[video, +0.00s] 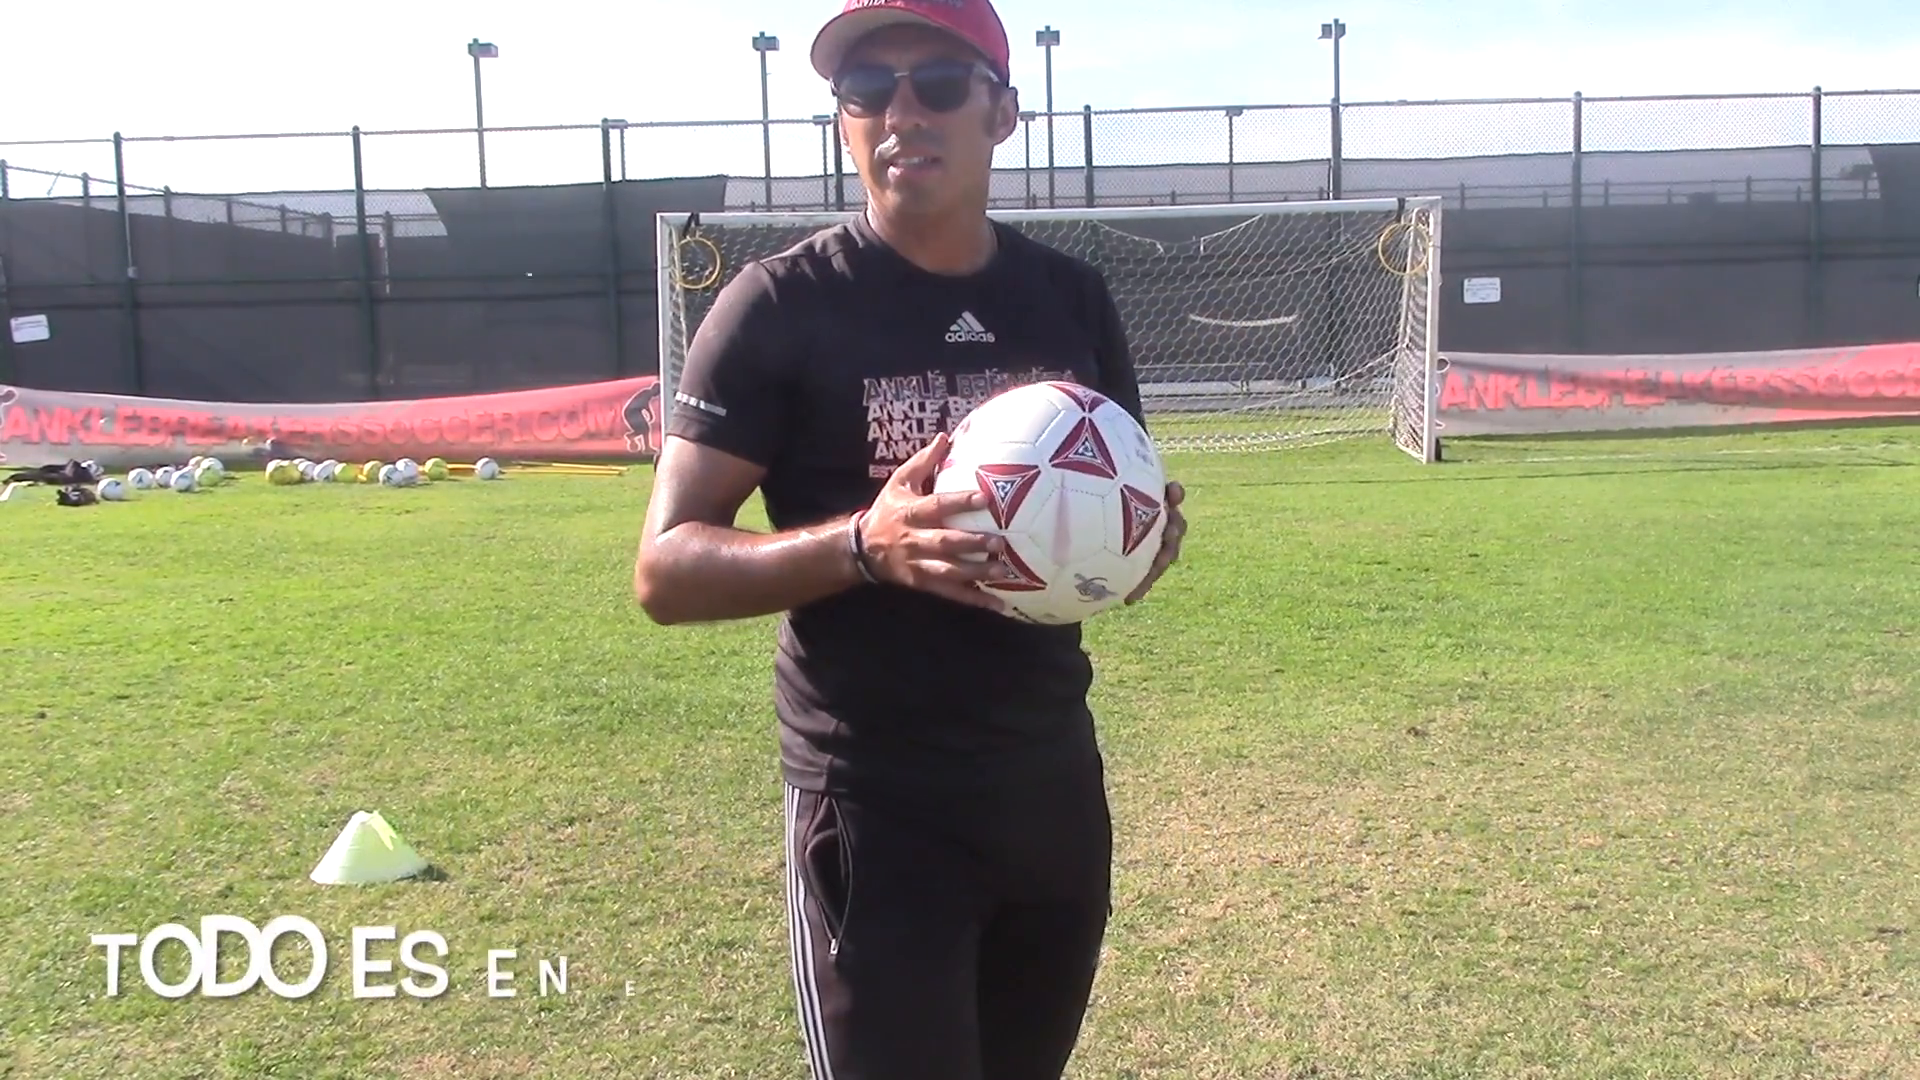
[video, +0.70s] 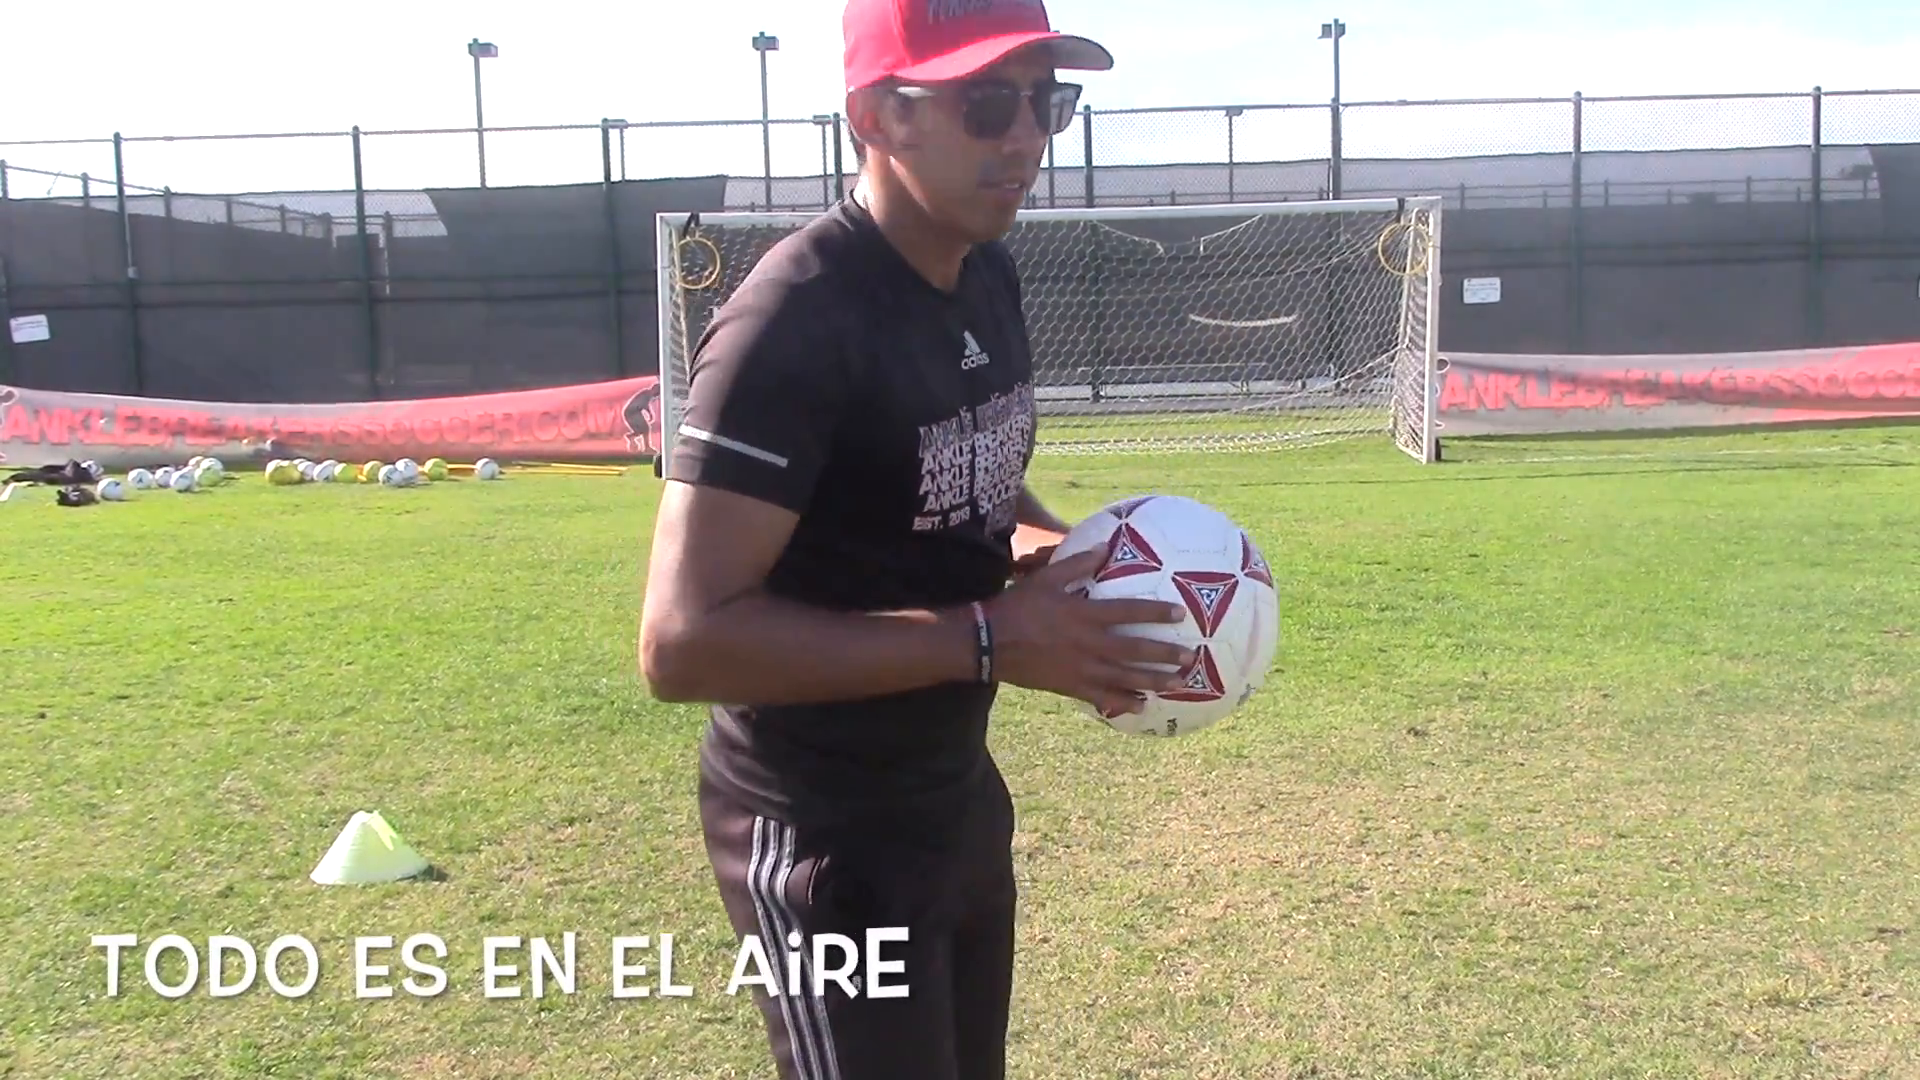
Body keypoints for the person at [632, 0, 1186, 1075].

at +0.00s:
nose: (904, 116)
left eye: (940, 86)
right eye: (871, 92)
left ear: (1001, 117)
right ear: (841, 124)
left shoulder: (1070, 295)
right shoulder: (771, 309)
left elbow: (1120, 501)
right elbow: (667, 572)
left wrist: (1146, 525)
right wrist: (858, 547)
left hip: (1050, 775)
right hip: (870, 789)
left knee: (1024, 1062)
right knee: (894, 1061)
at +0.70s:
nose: (1026, 140)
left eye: (1039, 100)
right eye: (984, 104)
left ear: (1054, 105)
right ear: (878, 120)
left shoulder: (984, 277)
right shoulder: (788, 318)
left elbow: (974, 493)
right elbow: (682, 641)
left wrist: (1098, 570)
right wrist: (986, 639)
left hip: (955, 789)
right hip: (818, 822)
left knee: (973, 1062)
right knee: (885, 1070)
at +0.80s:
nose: (1064, 124)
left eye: (1062, 94)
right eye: (1028, 95)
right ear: (913, 109)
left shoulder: (948, 275)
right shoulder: (822, 301)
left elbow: (925, 514)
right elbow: (738, 639)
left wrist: (1075, 554)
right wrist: (1028, 619)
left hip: (922, 781)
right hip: (823, 807)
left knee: (964, 1056)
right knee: (879, 1064)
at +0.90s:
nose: (1066, 116)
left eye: (1056, 87)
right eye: (1037, 87)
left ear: (942, 109)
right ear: (931, 104)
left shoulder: (914, 280)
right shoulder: (859, 287)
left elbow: (924, 537)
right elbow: (801, 619)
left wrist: (1077, 573)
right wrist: (1065, 589)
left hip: (891, 784)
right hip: (828, 797)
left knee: (951, 1053)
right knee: (885, 1066)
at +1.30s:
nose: (999, 160)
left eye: (995, 139)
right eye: (990, 140)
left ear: (862, 167)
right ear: (964, 154)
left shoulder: (788, 296)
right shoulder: (954, 294)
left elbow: (723, 537)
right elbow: (984, 559)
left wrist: (910, 556)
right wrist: (1079, 554)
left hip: (765, 717)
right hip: (885, 745)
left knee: (881, 1055)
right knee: (999, 1059)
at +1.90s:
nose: (1087, 216)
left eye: (1075, 201)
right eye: (1087, 203)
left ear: (974, 206)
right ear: (1079, 211)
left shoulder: (881, 307)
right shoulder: (1110, 332)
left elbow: (807, 487)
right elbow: (1163, 535)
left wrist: (895, 549)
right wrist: (1094, 543)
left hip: (908, 660)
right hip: (1049, 665)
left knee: (915, 938)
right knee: (1047, 936)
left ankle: (896, 1069)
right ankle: (1051, 1075)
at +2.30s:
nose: (1081, 245)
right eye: (1082, 232)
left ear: (985, 232)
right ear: (1080, 234)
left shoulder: (919, 327)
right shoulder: (1115, 329)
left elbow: (862, 492)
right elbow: (1186, 493)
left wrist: (919, 554)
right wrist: (1122, 523)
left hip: (957, 618)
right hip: (1078, 619)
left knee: (985, 831)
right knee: (1066, 856)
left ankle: (1007, 1021)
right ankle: (1063, 1057)